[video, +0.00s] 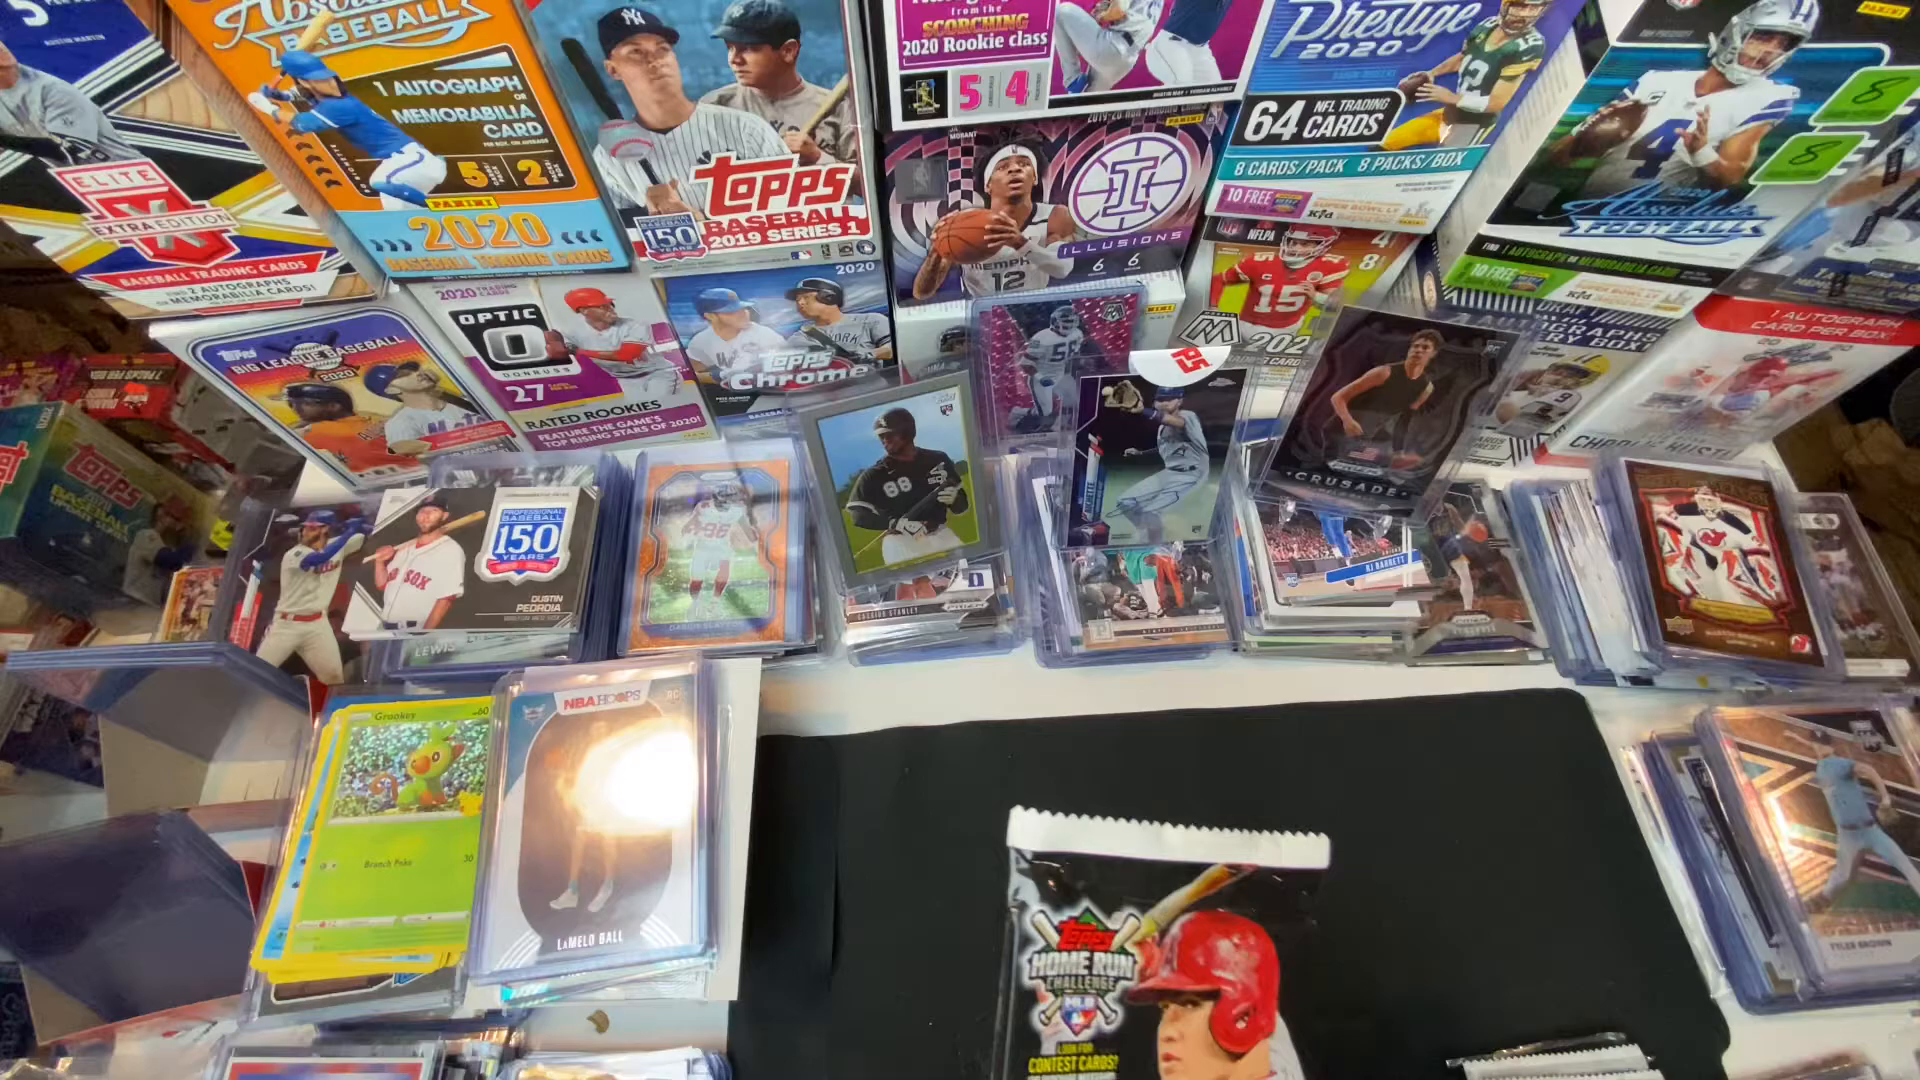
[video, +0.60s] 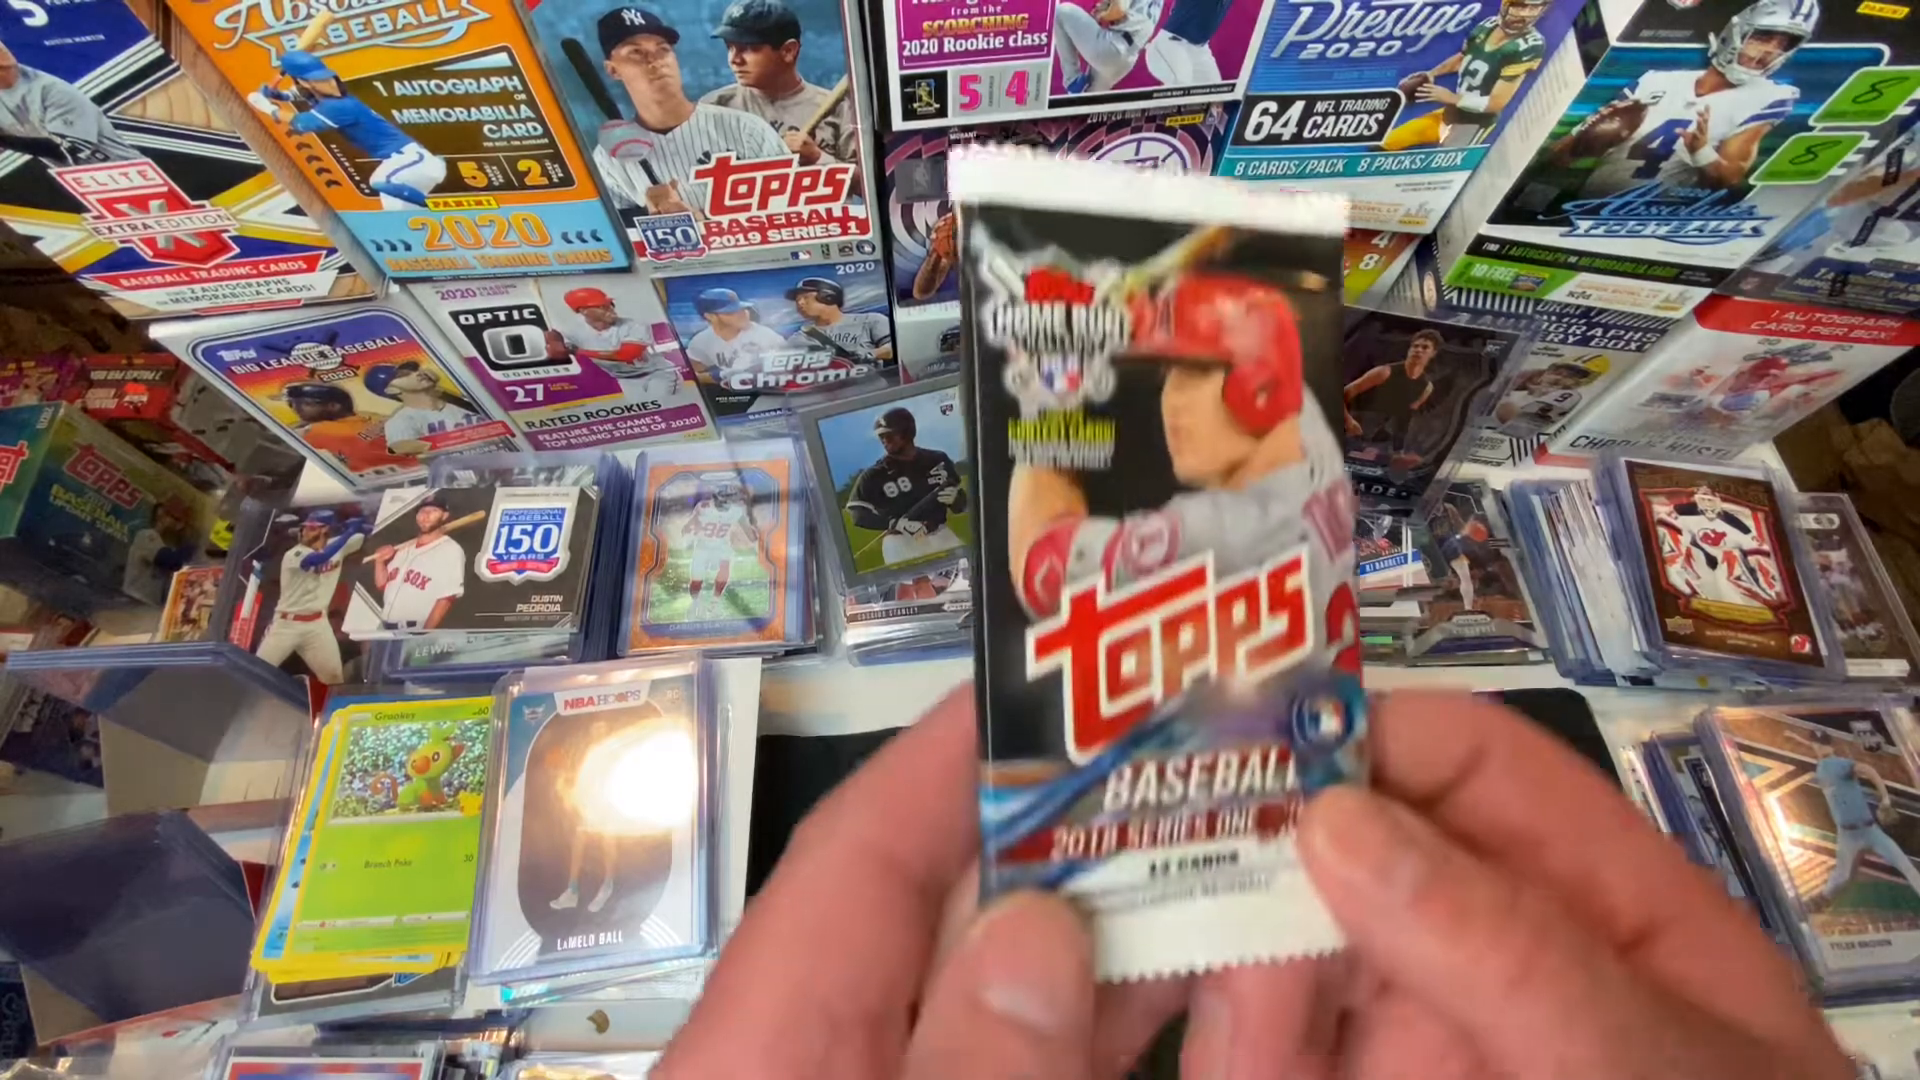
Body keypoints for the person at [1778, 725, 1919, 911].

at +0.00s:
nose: (1820, 749)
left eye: (1822, 744)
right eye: (1816, 746)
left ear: (1829, 744)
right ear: (1815, 749)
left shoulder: (1838, 764)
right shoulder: (1822, 767)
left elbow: (1869, 770)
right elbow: (1812, 746)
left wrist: (1885, 797)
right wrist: (1796, 737)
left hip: (1870, 828)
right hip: (1847, 833)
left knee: (1903, 862)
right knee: (1843, 874)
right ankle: (1824, 898)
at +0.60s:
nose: (1820, 749)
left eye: (1822, 744)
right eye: (1817, 745)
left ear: (1826, 743)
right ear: (1815, 748)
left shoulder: (1838, 764)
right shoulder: (1821, 768)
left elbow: (1868, 770)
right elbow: (1812, 745)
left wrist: (1885, 798)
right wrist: (1796, 738)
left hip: (1870, 828)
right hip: (1846, 833)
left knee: (1903, 863)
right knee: (1842, 875)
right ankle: (1824, 897)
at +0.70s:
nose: (1824, 751)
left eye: (1826, 746)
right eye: (1820, 748)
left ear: (1832, 746)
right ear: (1816, 750)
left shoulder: (1841, 764)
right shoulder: (1823, 767)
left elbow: (1868, 770)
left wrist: (1885, 797)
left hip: (1870, 829)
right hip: (1846, 834)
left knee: (1902, 862)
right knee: (1843, 875)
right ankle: (1822, 898)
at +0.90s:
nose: (1823, 751)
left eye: (1826, 746)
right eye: (1819, 748)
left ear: (1831, 746)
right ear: (1815, 750)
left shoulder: (1841, 765)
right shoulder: (1821, 768)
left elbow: (1869, 770)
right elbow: (1799, 781)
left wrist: (1884, 796)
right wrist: (1776, 794)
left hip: (1869, 829)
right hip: (1846, 834)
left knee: (1902, 861)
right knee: (1844, 875)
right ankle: (1818, 898)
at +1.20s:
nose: (1823, 749)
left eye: (1825, 744)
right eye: (1818, 745)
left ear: (1831, 744)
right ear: (1814, 748)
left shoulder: (1839, 765)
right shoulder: (1824, 768)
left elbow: (1854, 791)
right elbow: (1868, 770)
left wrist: (1883, 799)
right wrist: (1885, 796)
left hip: (1870, 829)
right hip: (1846, 834)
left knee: (1903, 862)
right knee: (1842, 877)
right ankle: (1822, 898)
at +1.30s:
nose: (1823, 749)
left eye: (1825, 744)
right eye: (1818, 745)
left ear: (1831, 745)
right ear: (1814, 748)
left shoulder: (1839, 765)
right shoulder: (1824, 768)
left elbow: (1855, 791)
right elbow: (1868, 769)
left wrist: (1883, 798)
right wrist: (1884, 795)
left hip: (1870, 829)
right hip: (1846, 834)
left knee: (1903, 862)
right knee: (1842, 877)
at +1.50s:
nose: (1823, 749)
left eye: (1825, 744)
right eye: (1819, 746)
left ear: (1831, 745)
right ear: (1814, 748)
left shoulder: (1839, 764)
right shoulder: (1823, 767)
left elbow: (1869, 770)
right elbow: (1866, 769)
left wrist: (1884, 797)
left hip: (1871, 829)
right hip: (1847, 835)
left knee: (1904, 863)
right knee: (1842, 876)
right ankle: (1824, 897)